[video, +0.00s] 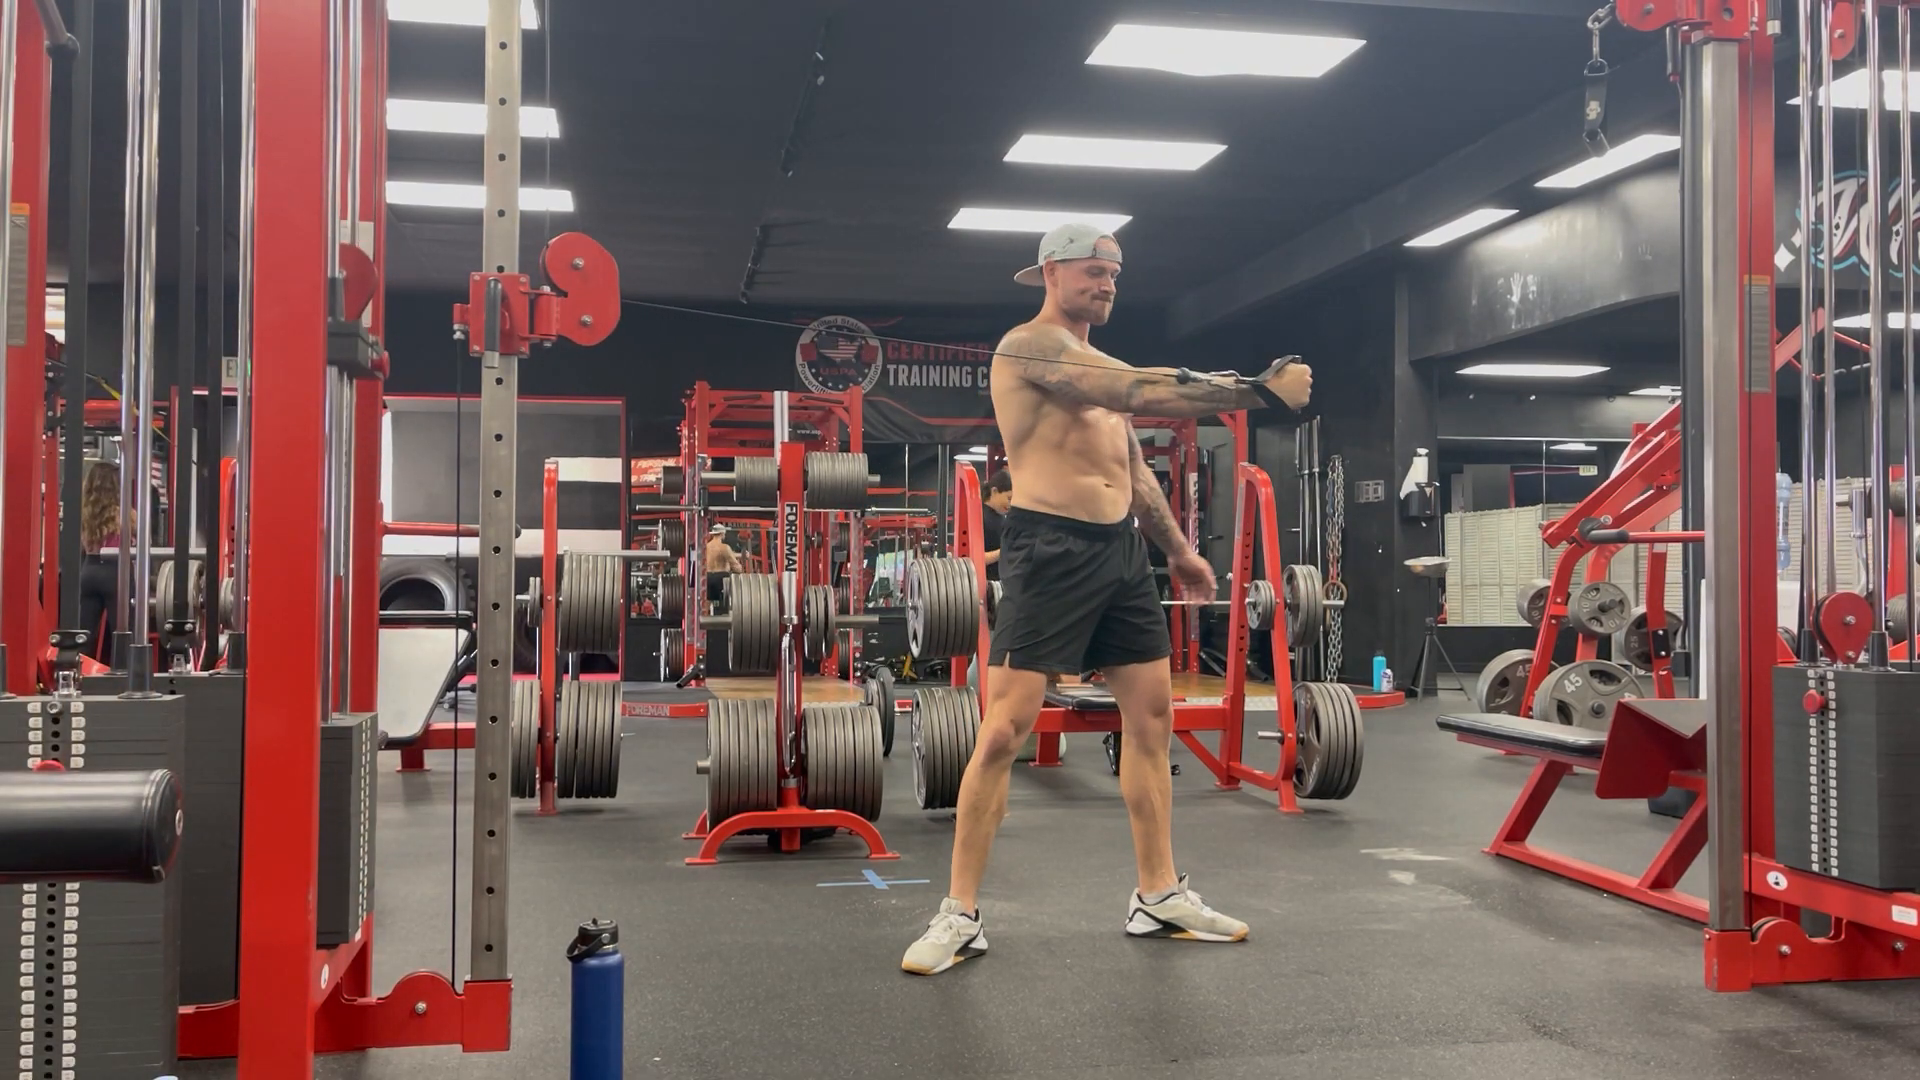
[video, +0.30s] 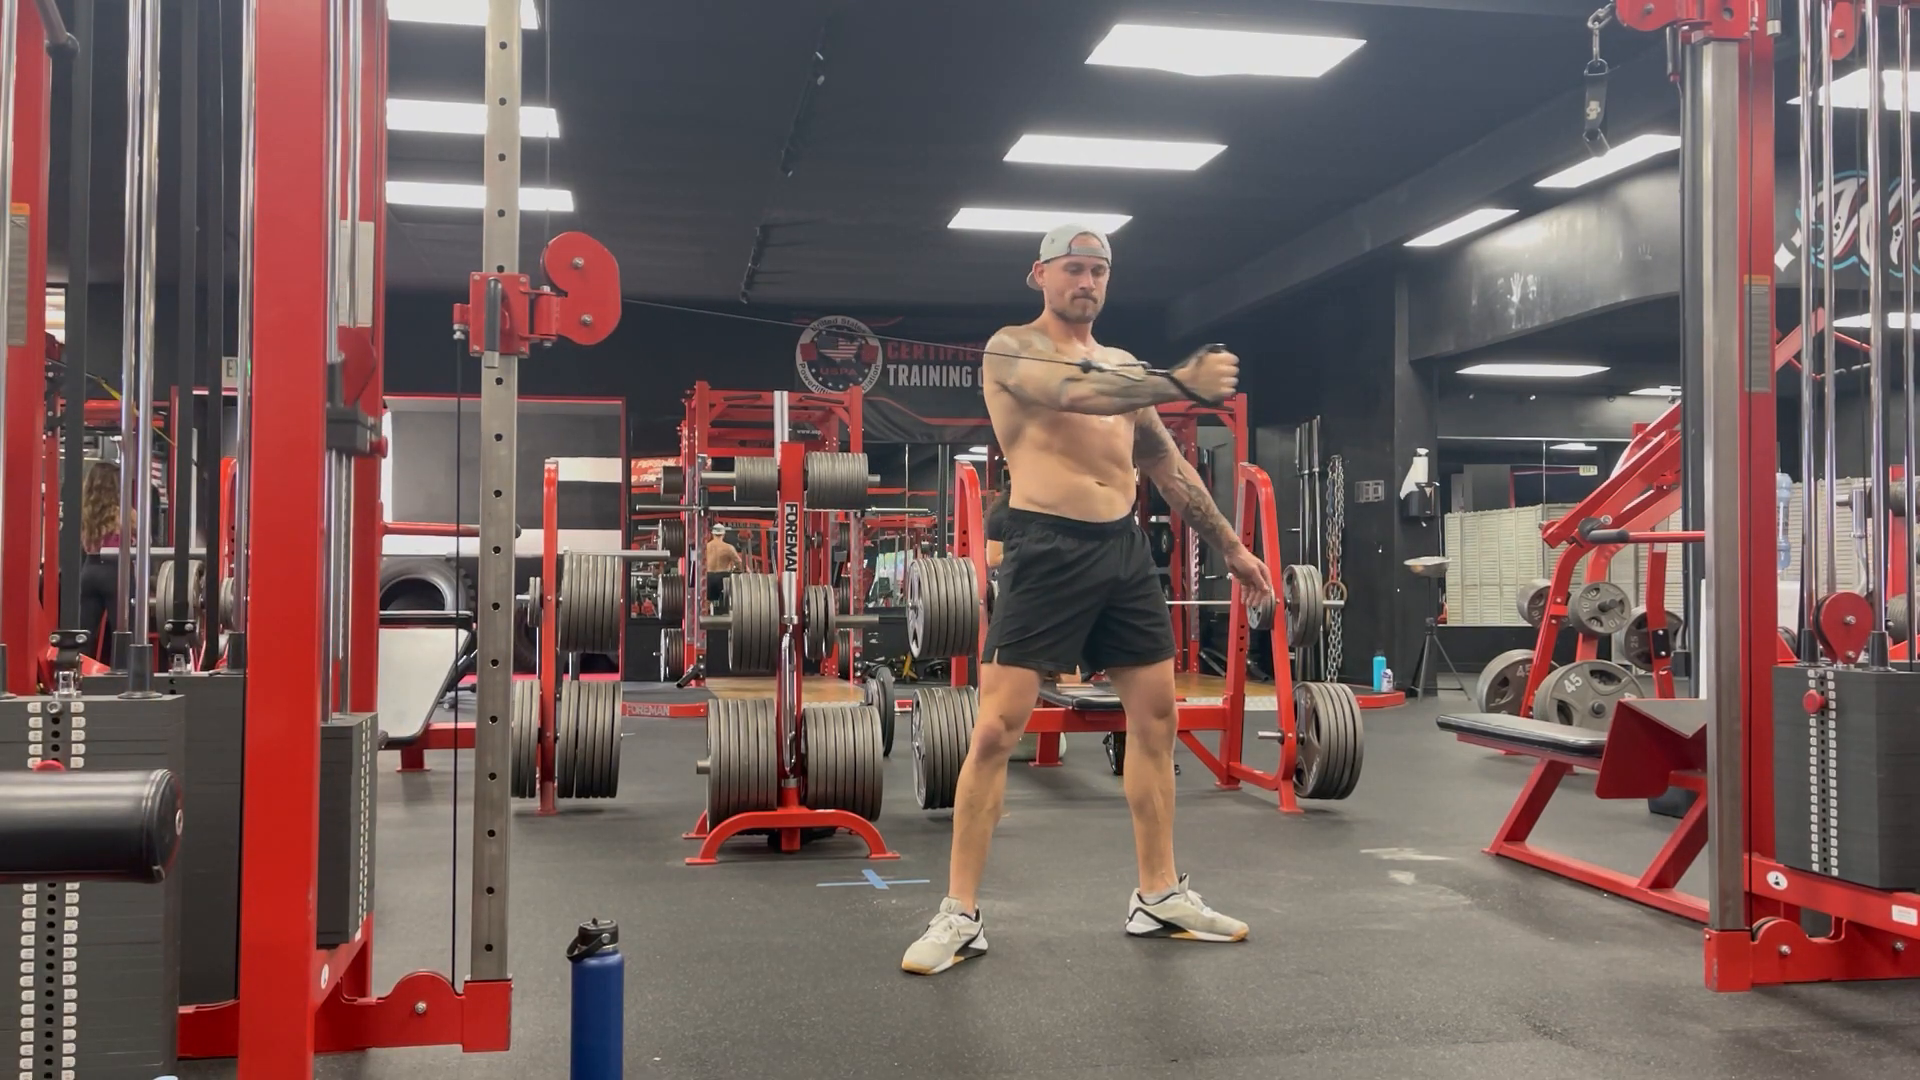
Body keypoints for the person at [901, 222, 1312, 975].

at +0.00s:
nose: (1105, 279)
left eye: (1112, 271)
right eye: (1090, 266)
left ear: (1112, 286)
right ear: (1047, 276)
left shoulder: (1110, 371)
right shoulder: (1026, 345)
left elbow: (1135, 474)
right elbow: (1129, 388)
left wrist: (1180, 549)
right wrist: (1255, 390)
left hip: (1124, 554)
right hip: (1047, 551)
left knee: (1152, 720)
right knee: (1002, 733)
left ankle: (1158, 894)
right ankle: (960, 910)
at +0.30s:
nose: (1087, 279)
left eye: (1097, 269)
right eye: (1072, 266)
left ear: (1107, 283)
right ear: (1039, 278)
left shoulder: (1127, 370)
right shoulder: (1009, 347)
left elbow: (1173, 471)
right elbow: (1068, 388)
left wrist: (1232, 548)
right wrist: (1180, 382)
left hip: (1126, 555)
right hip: (1043, 551)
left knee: (1155, 718)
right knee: (992, 732)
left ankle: (1158, 895)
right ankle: (959, 910)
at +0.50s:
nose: (1073, 280)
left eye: (1085, 269)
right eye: (1060, 268)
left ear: (1104, 283)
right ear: (1036, 279)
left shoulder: (1126, 361)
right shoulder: (1002, 346)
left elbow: (1192, 468)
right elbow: (1021, 394)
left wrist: (1259, 546)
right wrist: (1112, 376)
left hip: (1124, 552)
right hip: (1039, 550)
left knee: (1156, 718)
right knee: (988, 725)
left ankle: (1158, 894)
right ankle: (960, 910)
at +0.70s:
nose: (1054, 278)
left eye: (1069, 267)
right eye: (1043, 267)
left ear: (1097, 283)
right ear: (1027, 282)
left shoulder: (1140, 367)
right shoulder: (1003, 347)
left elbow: (1210, 465)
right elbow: (969, 390)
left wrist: (1281, 540)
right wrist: (998, 371)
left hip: (1121, 549)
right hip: (1032, 549)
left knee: (1156, 720)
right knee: (981, 725)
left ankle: (1159, 895)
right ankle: (959, 910)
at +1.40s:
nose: (1086, 278)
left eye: (1097, 268)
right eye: (1071, 265)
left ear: (1108, 284)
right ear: (1040, 279)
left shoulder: (1122, 372)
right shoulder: (1004, 346)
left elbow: (1175, 472)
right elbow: (1029, 391)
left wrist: (1233, 551)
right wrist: (1114, 374)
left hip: (1118, 552)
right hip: (1037, 548)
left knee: (1157, 715)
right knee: (988, 728)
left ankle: (1159, 894)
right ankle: (957, 910)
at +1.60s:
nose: (1107, 283)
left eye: (1114, 274)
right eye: (1092, 269)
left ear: (1116, 287)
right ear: (1050, 277)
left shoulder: (1115, 377)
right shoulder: (1020, 346)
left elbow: (1135, 476)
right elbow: (1092, 389)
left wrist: (1179, 556)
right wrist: (1220, 389)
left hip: (1115, 555)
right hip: (1039, 550)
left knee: (1151, 717)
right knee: (999, 733)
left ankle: (1158, 894)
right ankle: (959, 910)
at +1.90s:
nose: (1122, 287)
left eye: (1125, 277)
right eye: (1109, 273)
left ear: (1099, 286)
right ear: (1063, 277)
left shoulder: (1094, 361)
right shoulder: (1049, 343)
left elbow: (1088, 481)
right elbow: (1155, 398)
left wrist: (1139, 534)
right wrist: (1264, 408)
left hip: (1115, 556)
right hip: (1053, 549)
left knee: (1147, 718)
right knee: (1014, 733)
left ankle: (1159, 894)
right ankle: (961, 910)